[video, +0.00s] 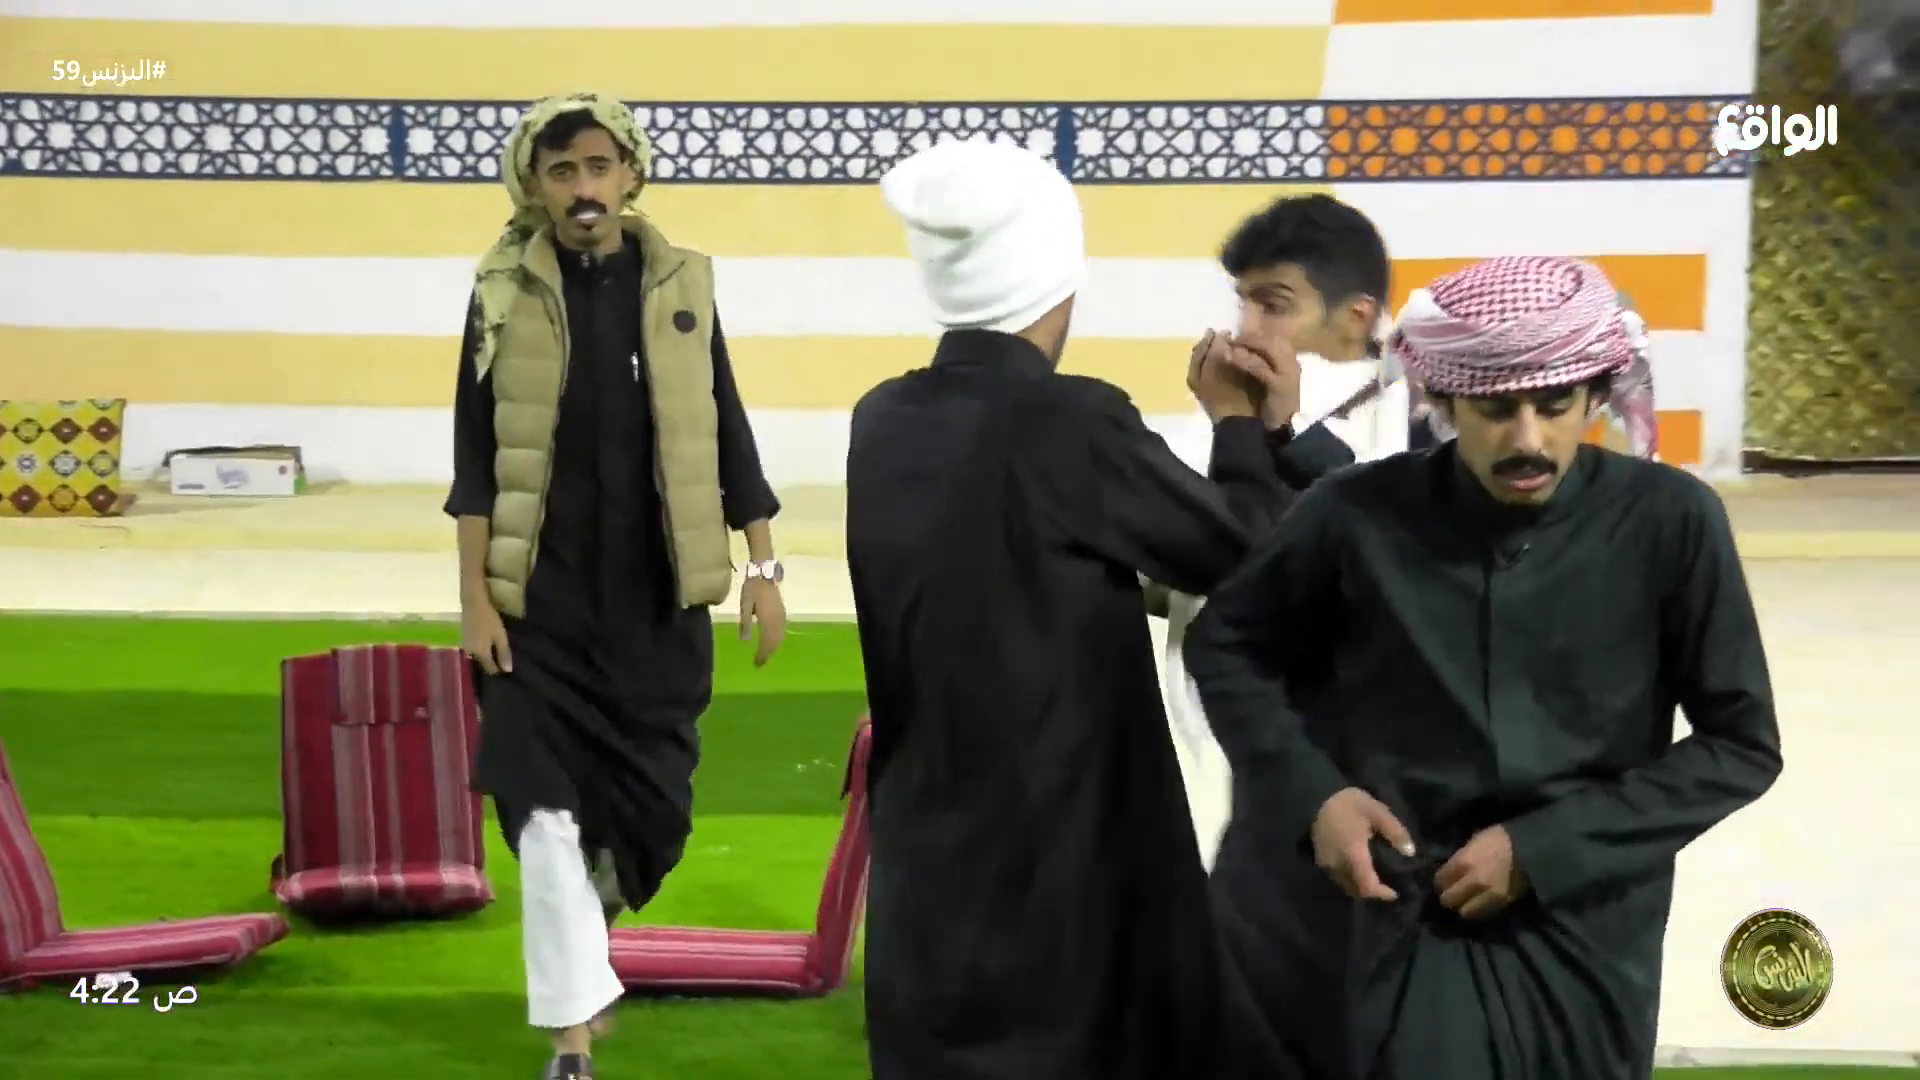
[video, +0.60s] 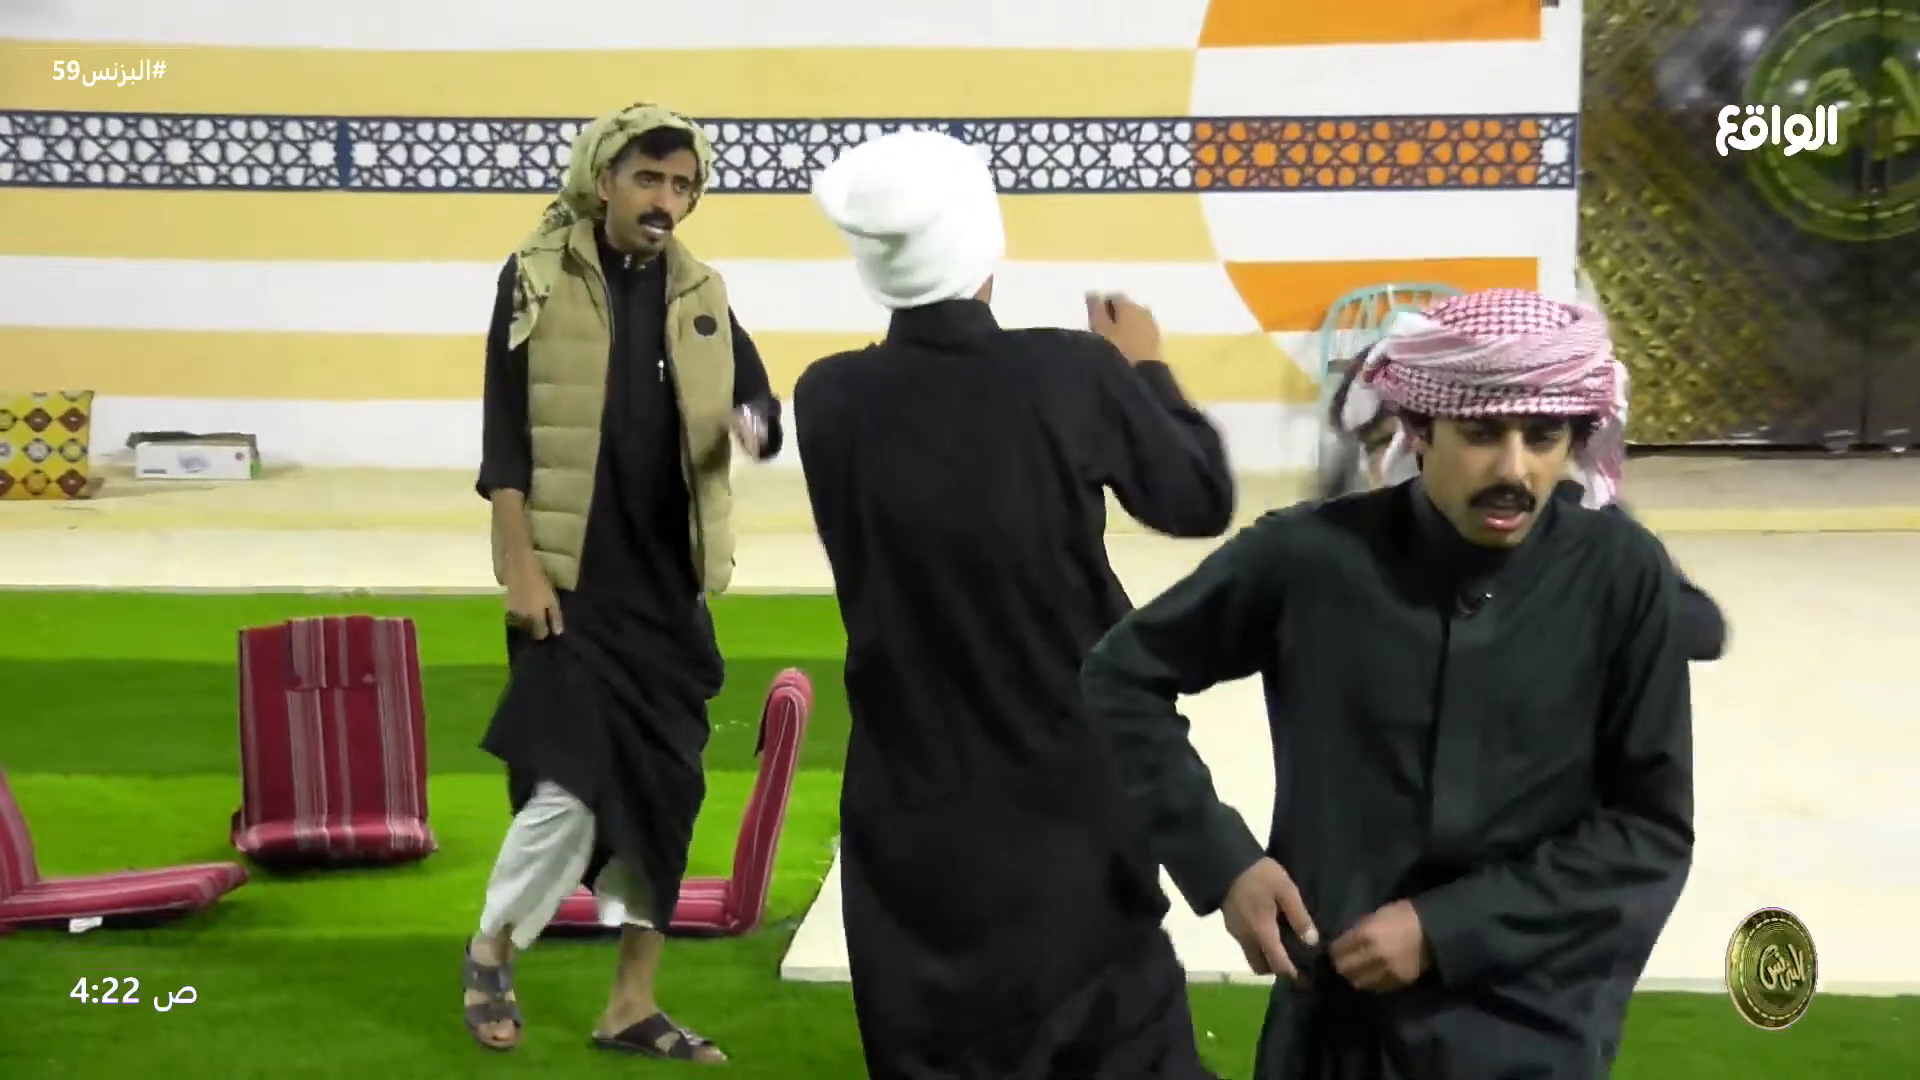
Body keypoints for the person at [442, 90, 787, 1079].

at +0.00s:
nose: (584, 186)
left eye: (601, 165)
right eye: (562, 170)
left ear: (633, 176)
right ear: (533, 187)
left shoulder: (681, 283)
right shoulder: (502, 293)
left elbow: (727, 426)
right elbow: (475, 450)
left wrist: (761, 562)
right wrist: (474, 593)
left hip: (656, 597)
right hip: (533, 595)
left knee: (652, 825)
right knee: (544, 815)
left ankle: (582, 920)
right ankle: (571, 1033)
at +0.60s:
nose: (665, 200)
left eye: (680, 185)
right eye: (648, 179)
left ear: (693, 196)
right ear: (599, 179)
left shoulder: (697, 289)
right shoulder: (538, 278)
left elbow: (757, 395)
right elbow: (505, 428)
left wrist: (754, 419)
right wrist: (517, 561)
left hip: (669, 582)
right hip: (568, 578)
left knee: (663, 784)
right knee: (572, 782)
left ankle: (632, 1007)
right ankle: (491, 953)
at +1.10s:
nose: (622, 201)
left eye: (631, 186)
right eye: (604, 185)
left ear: (635, 190)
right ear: (551, 186)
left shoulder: (637, 287)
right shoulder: (502, 288)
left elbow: (672, 411)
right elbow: (481, 442)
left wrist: (723, 510)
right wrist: (515, 571)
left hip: (628, 569)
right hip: (538, 573)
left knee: (627, 765)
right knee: (543, 775)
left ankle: (606, 953)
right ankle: (526, 989)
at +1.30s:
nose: (642, 217)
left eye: (649, 200)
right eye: (625, 200)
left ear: (644, 204)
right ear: (569, 203)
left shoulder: (616, 295)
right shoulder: (528, 300)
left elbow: (619, 431)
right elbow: (513, 452)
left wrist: (635, 555)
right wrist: (533, 576)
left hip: (599, 566)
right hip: (534, 574)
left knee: (601, 753)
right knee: (542, 771)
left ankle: (598, 940)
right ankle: (536, 975)